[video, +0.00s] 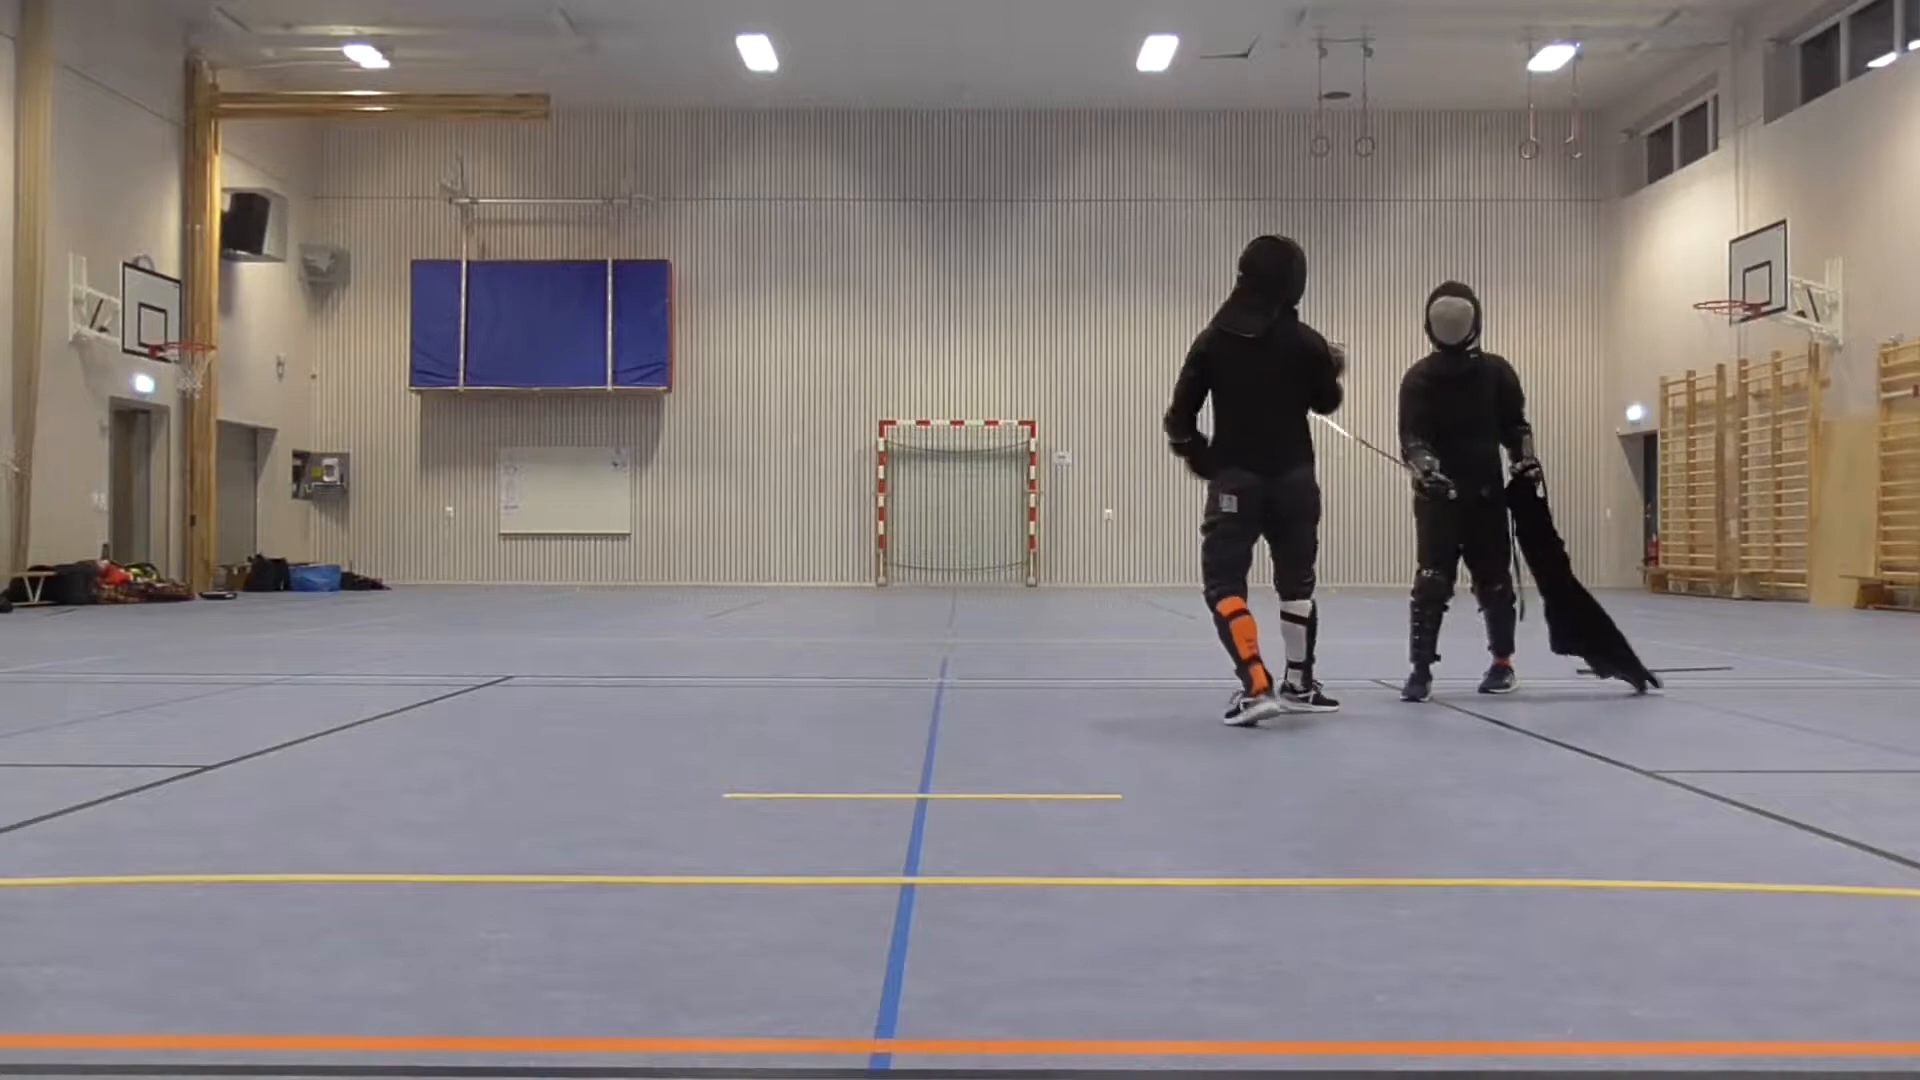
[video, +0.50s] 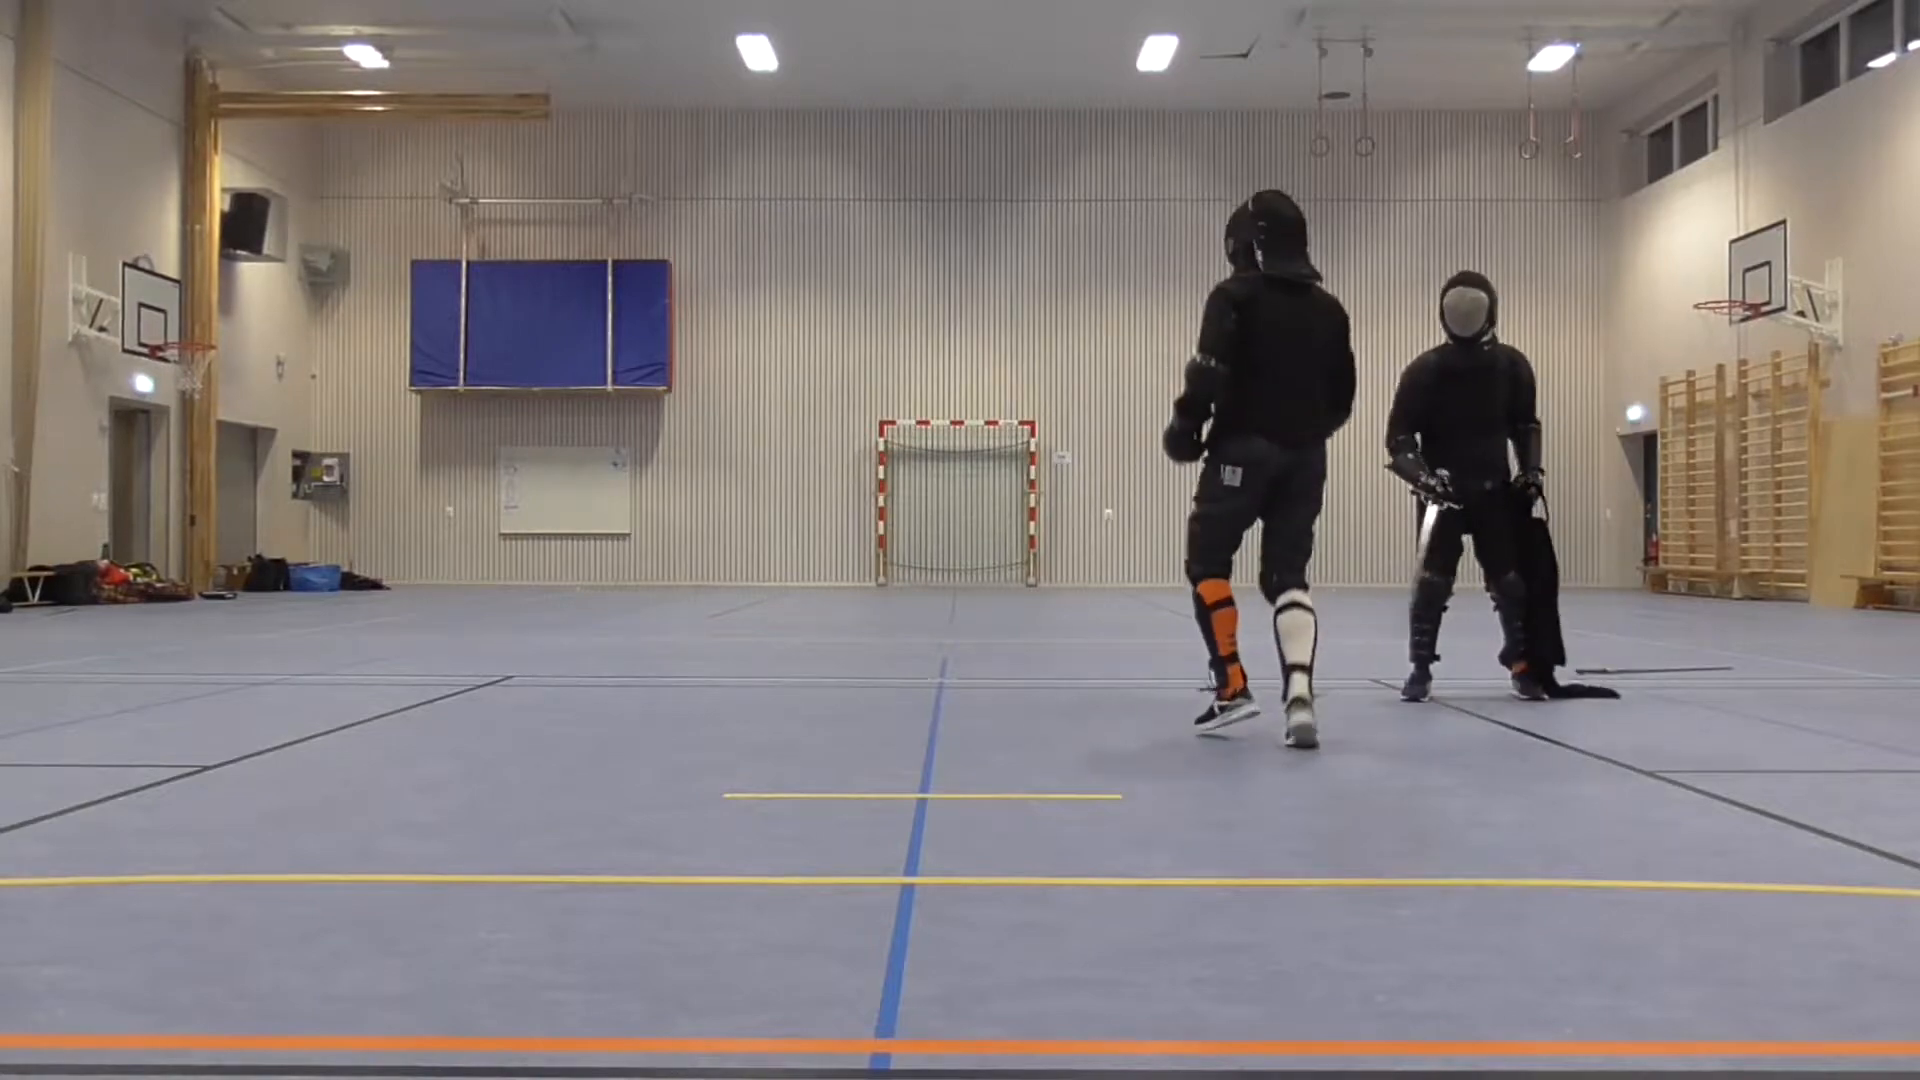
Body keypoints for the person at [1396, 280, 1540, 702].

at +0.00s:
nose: (1450, 331)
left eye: (1459, 321)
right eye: (1441, 323)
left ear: (1475, 323)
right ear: (1429, 326)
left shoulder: (1497, 372)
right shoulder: (1419, 379)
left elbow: (1515, 425)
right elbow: (1411, 439)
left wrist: (1525, 460)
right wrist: (1430, 472)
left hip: (1486, 496)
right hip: (1437, 498)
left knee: (1494, 584)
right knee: (1431, 584)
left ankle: (1502, 663)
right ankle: (1420, 669)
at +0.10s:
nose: (1445, 330)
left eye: (1454, 320)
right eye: (1436, 321)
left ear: (1469, 321)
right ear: (1423, 324)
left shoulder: (1491, 369)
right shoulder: (1412, 378)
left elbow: (1508, 423)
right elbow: (1414, 439)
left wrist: (1519, 461)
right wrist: (1432, 473)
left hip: (1483, 491)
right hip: (1432, 495)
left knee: (1496, 579)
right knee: (1428, 582)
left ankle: (1504, 659)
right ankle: (1420, 668)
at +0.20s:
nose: (1445, 328)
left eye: (1453, 318)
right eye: (1435, 319)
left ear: (1468, 318)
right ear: (1422, 322)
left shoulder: (1490, 366)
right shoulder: (1410, 377)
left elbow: (1506, 421)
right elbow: (1413, 440)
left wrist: (1516, 462)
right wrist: (1435, 477)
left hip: (1483, 489)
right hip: (1429, 494)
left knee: (1507, 580)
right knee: (1427, 582)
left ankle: (1507, 650)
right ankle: (1420, 668)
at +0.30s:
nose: (1448, 325)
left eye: (1457, 314)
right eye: (1439, 315)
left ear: (1472, 315)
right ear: (1426, 318)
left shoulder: (1493, 363)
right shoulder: (1411, 374)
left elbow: (1507, 419)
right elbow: (1409, 440)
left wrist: (1518, 462)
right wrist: (1436, 482)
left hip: (1482, 482)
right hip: (1429, 485)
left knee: (1506, 574)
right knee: (1426, 581)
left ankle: (1522, 659)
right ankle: (1420, 668)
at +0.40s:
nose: (1456, 321)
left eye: (1465, 311)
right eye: (1447, 312)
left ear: (1481, 313)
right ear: (1433, 315)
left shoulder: (1501, 364)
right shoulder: (1416, 373)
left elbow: (1514, 421)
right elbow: (1405, 443)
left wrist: (1524, 466)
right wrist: (1431, 484)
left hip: (1488, 490)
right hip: (1435, 492)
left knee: (1507, 578)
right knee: (1427, 584)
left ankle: (1523, 665)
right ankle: (1420, 668)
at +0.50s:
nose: (1463, 318)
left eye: (1474, 308)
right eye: (1455, 308)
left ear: (1490, 312)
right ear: (1443, 311)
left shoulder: (1512, 367)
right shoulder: (1424, 371)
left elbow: (1526, 424)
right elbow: (1398, 440)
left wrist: (1531, 470)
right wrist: (1422, 478)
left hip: (1495, 492)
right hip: (1443, 494)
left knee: (1509, 581)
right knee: (1432, 582)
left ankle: (1521, 665)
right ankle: (1420, 668)